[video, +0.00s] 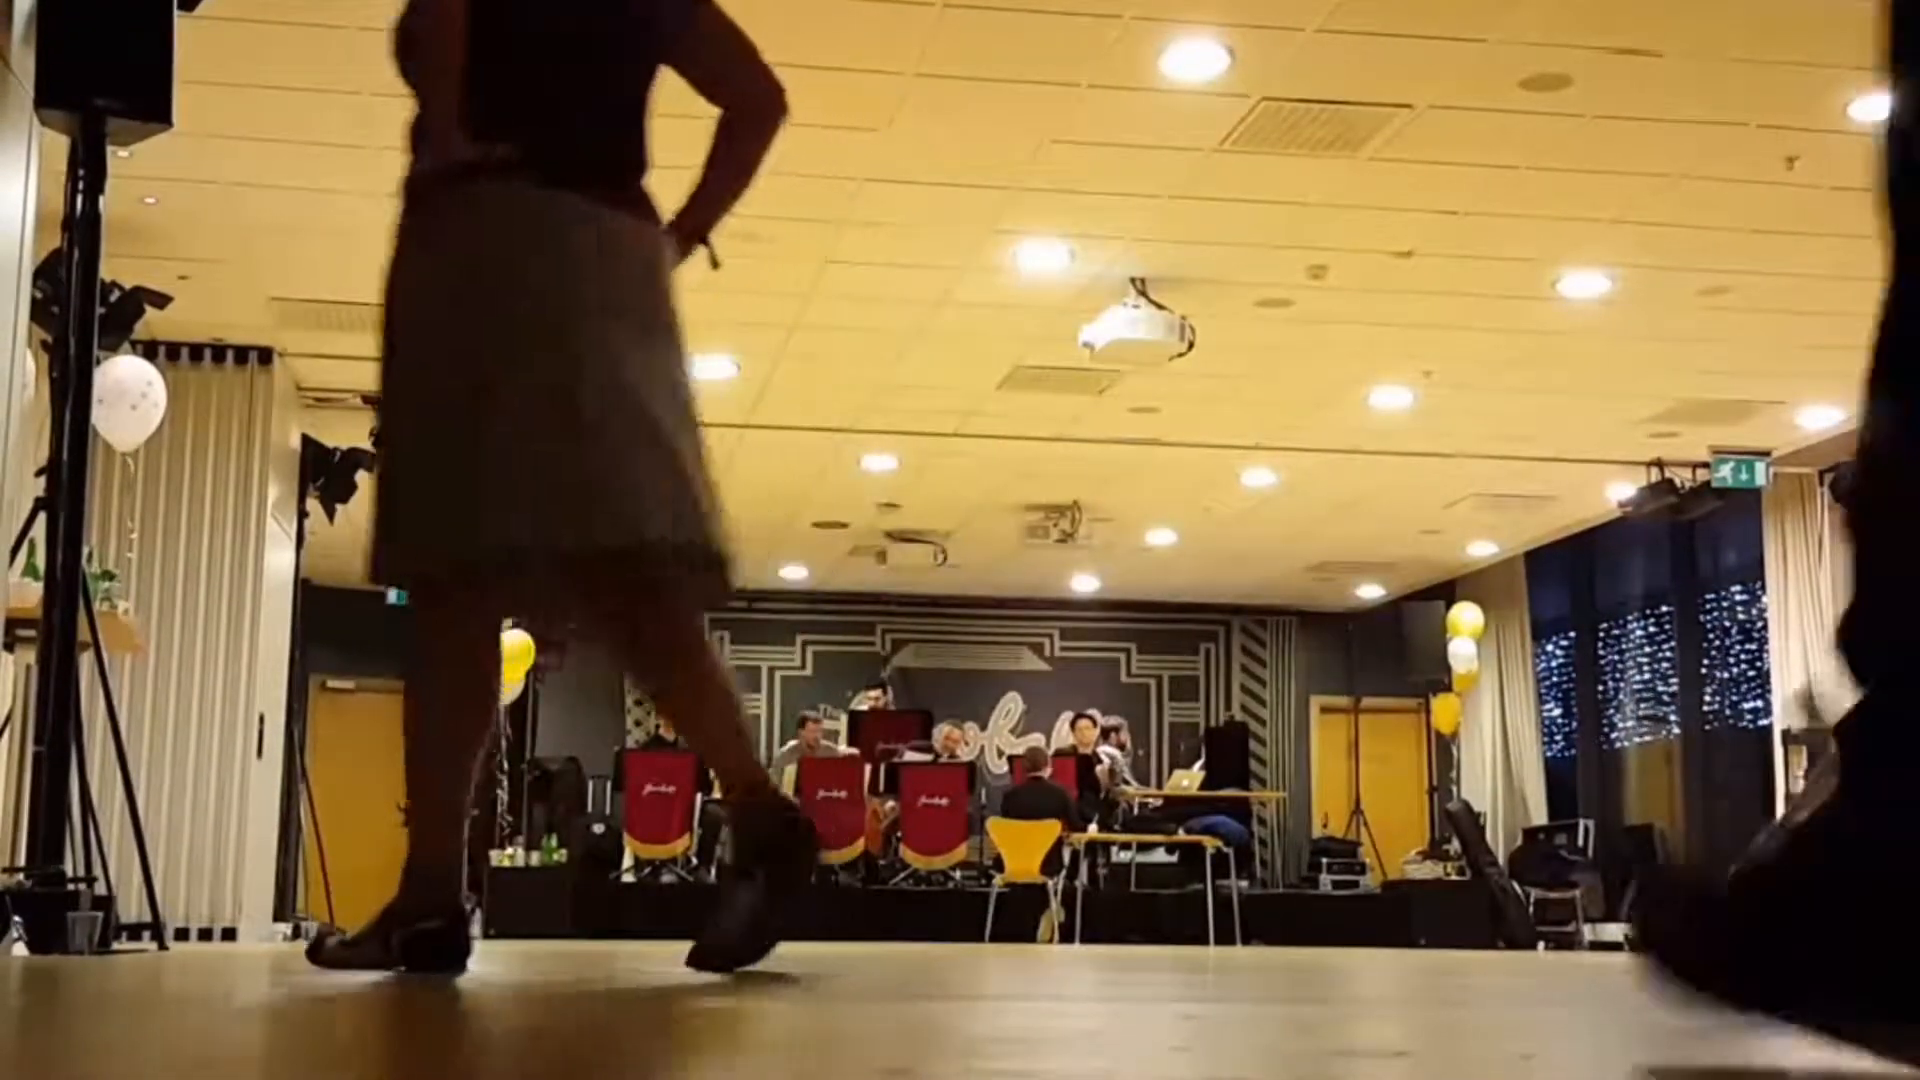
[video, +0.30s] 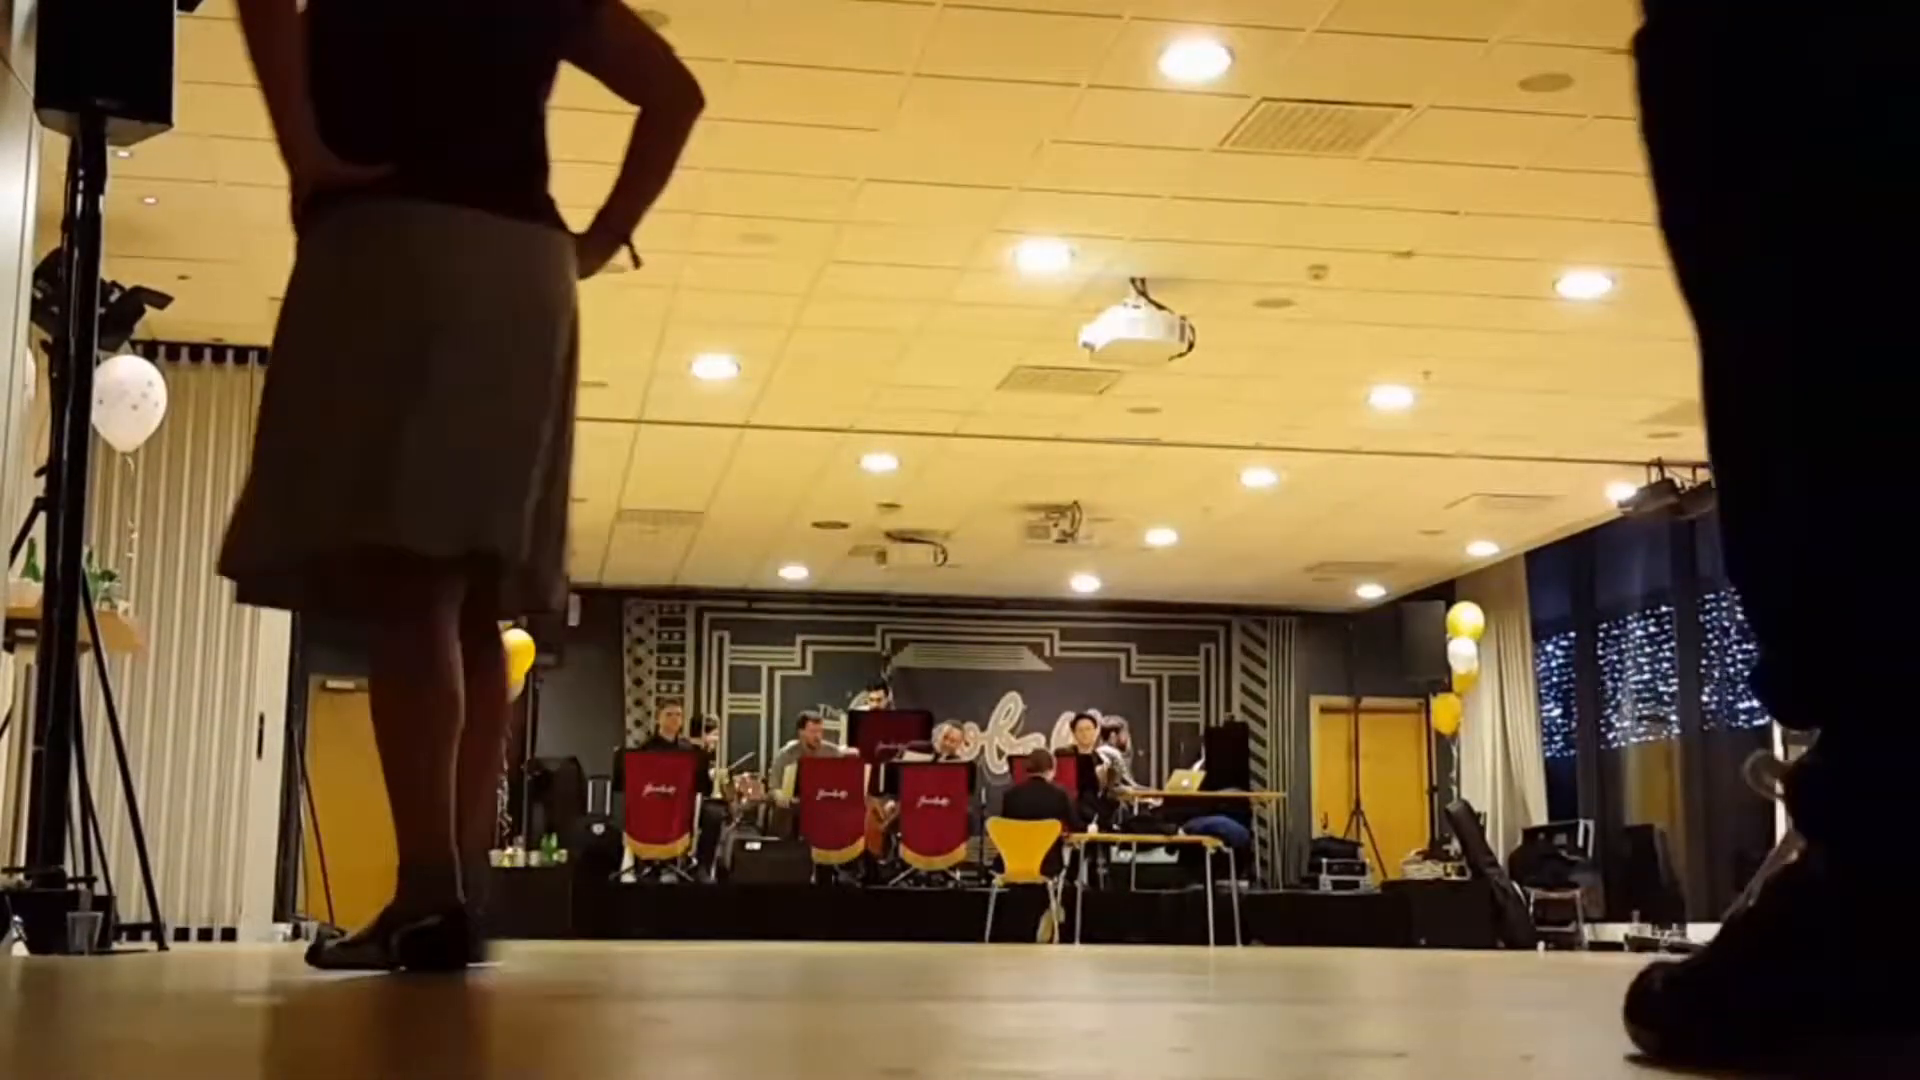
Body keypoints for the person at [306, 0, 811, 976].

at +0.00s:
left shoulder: (447, 6)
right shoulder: (643, 4)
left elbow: (425, 41)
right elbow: (757, 99)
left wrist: (440, 132)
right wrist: (684, 231)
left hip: (467, 260)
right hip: (604, 260)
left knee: (450, 592)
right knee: (624, 576)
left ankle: (431, 899)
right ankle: (764, 815)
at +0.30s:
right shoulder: (541, 6)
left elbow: (263, 5)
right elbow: (674, 92)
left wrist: (305, 153)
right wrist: (603, 235)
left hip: (387, 250)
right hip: (522, 260)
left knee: (407, 595)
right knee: (476, 607)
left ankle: (426, 896)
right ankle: (459, 894)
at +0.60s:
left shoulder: (257, 11)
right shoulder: (458, 13)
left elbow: (205, 11)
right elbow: (594, 132)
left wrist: (249, 177)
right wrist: (523, 266)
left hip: (324, 267)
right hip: (449, 275)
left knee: (365, 589)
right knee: (357, 594)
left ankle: (424, 883)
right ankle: (264, 870)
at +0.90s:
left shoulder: (228, 12)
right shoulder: (391, 38)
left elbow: (207, 17)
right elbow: (507, 190)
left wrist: (196, 198)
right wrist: (419, 295)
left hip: (243, 301)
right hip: (362, 316)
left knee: (200, 591)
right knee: (292, 614)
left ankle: (340, 820)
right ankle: (224, 900)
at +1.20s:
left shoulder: (176, 5)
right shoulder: (334, 54)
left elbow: (175, 46)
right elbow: (450, 208)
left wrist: (154, 214)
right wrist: (369, 322)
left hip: (182, 323)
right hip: (310, 336)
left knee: (88, 613)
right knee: (264, 631)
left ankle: (93, 886)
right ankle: (222, 903)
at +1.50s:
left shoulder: (95, 18)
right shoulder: (276, 70)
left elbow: (59, 90)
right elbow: (411, 211)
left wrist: (57, 241)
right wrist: (340, 332)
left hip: (123, 354)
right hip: (263, 359)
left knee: (70, 644)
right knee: (238, 643)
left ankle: (9, 893)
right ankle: (220, 887)